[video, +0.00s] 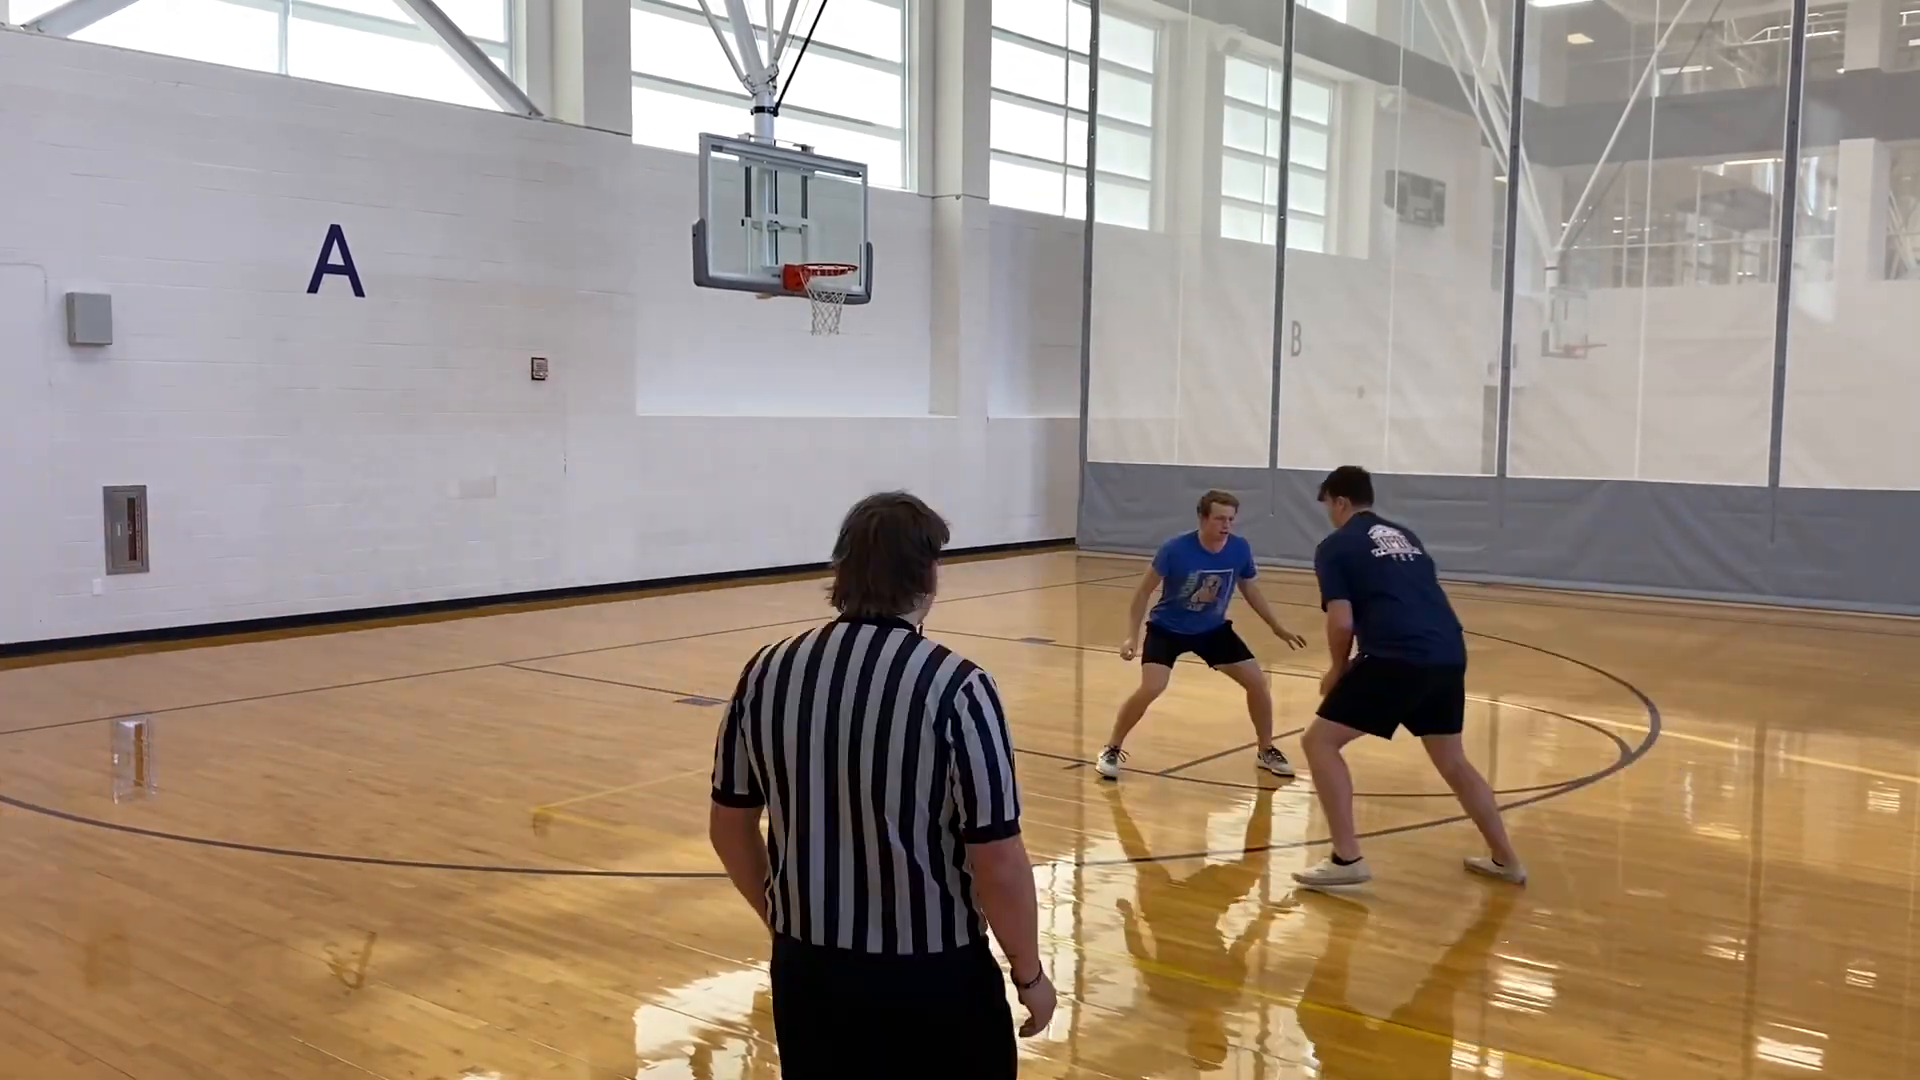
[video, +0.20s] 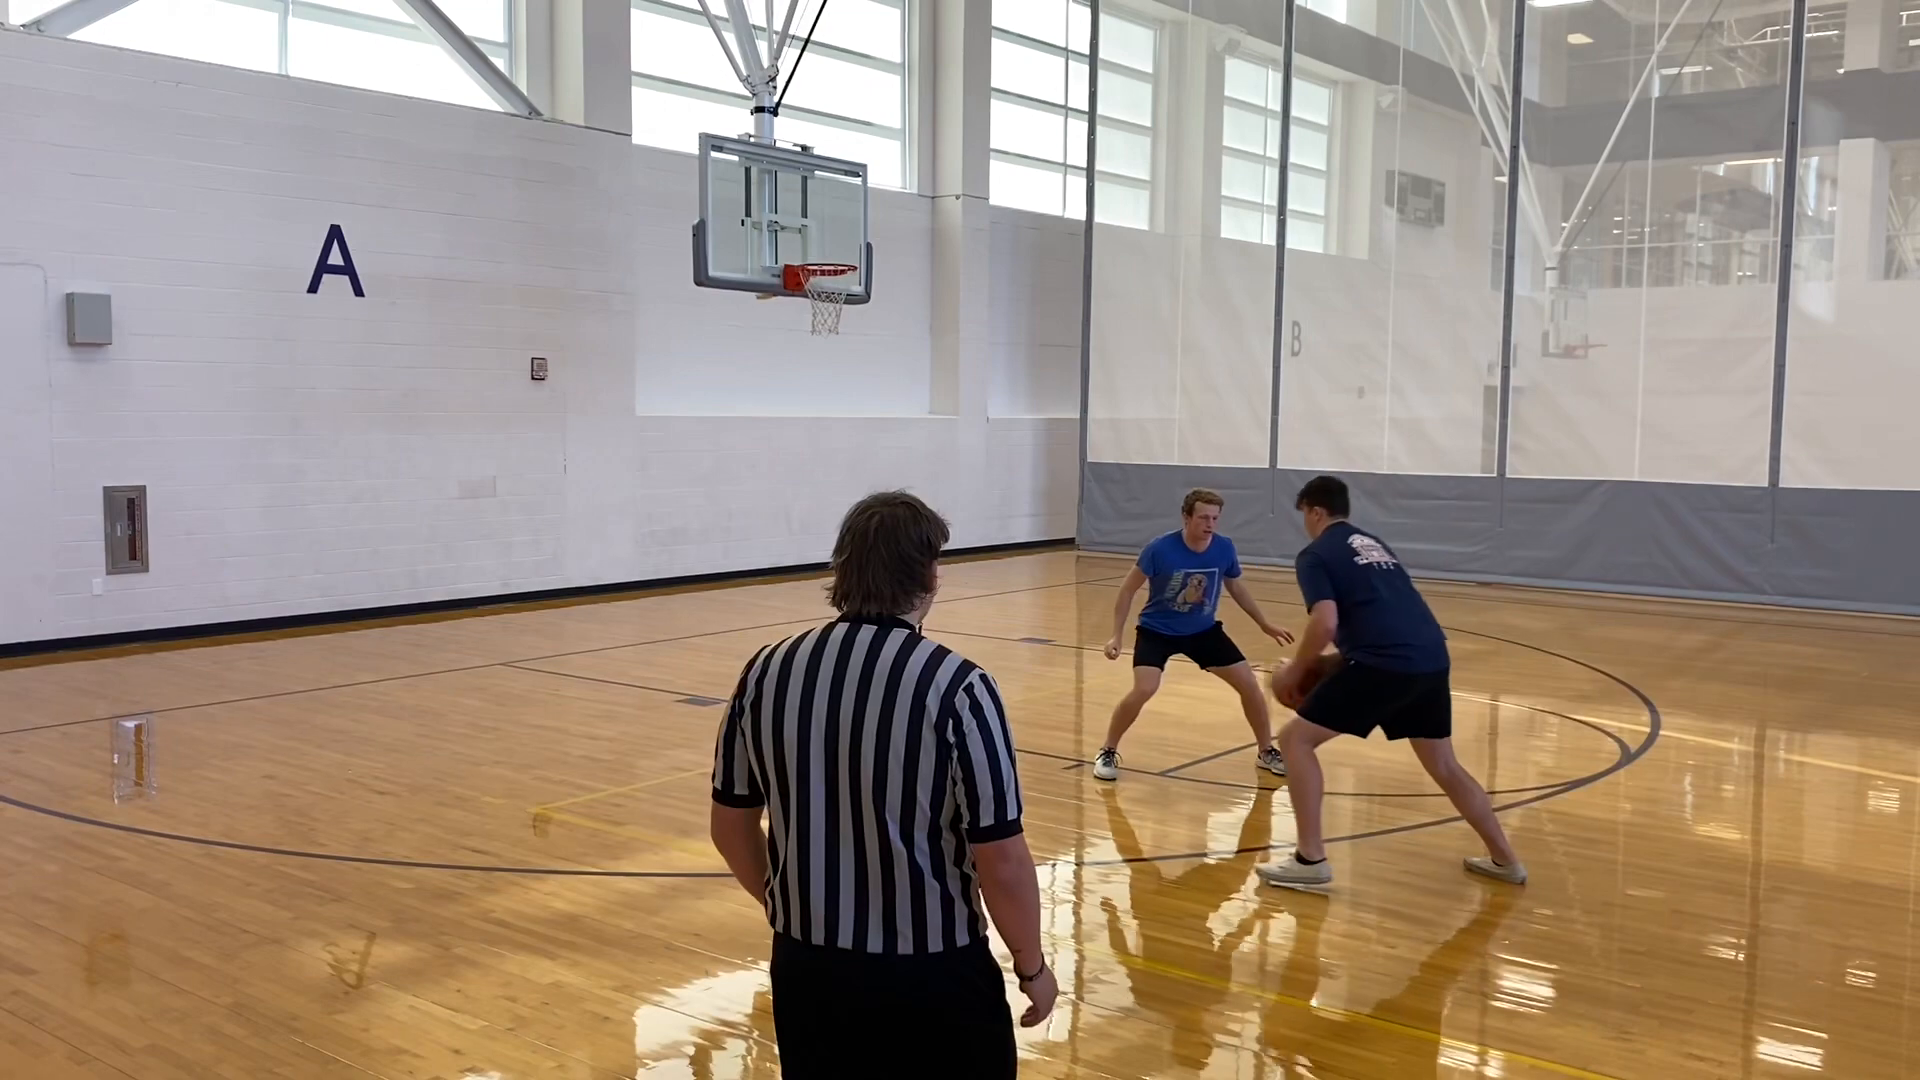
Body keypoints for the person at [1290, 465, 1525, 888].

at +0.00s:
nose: (1328, 512)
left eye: (1328, 504)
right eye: (1327, 504)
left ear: (1340, 503)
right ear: (1368, 503)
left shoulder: (1335, 546)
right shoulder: (1402, 533)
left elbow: (1342, 622)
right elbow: (1418, 602)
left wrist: (1337, 669)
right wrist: (1365, 656)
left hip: (1393, 660)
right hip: (1447, 660)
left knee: (1320, 742)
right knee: (1454, 762)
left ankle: (1347, 857)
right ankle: (1507, 859)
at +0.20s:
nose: (1305, 523)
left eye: (1304, 515)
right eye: (1305, 515)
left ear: (1316, 513)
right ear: (1343, 511)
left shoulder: (1316, 554)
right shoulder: (1371, 543)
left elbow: (1324, 622)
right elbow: (1385, 622)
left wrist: (1297, 669)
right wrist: (1332, 664)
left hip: (1378, 667)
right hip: (1431, 665)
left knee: (1296, 741)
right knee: (1445, 766)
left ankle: (1310, 857)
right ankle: (1507, 859)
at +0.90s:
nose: (1168, 535)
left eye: (1168, 527)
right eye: (1168, 527)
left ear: (1179, 522)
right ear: (1200, 516)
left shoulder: (1192, 563)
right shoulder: (1236, 541)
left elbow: (1171, 641)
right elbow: (1267, 603)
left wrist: (1125, 639)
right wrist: (1235, 654)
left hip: (1268, 663)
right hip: (1313, 658)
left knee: (1228, 757)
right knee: (1303, 756)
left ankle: (1291, 855)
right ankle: (1408, 800)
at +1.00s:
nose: (1151, 534)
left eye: (1150, 526)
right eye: (1150, 526)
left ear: (1158, 521)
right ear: (1184, 514)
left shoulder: (1173, 564)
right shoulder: (1219, 539)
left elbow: (1148, 642)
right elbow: (1251, 599)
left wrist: (1101, 664)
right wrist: (1228, 656)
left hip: (1254, 661)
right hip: (1293, 655)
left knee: (1221, 757)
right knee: (1264, 751)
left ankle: (1290, 855)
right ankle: (1362, 790)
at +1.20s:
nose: (1124, 534)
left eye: (1123, 526)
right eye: (1122, 527)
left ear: (1134, 521)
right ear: (1156, 515)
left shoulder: (1146, 563)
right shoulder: (1196, 536)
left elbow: (1112, 638)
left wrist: (1069, 684)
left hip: (1236, 656)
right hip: (1263, 645)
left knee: (1216, 757)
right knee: (1197, 729)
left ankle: (1289, 852)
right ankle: (1290, 790)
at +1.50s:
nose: (1071, 523)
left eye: (1069, 515)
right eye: (1069, 515)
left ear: (1078, 509)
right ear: (1103, 500)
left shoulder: (1085, 550)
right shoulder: (1141, 524)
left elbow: (1064, 625)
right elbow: (1197, 567)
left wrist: (1029, 684)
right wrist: (1199, 624)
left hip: (1178, 644)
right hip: (1190, 631)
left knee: (1205, 750)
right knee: (1115, 698)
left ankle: (1278, 840)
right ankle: (1120, 811)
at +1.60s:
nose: (1055, 520)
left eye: (1053, 513)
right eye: (1053, 514)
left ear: (1063, 504)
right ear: (1085, 498)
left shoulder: (1070, 543)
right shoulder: (1125, 520)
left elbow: (1053, 618)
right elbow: (1180, 566)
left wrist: (1017, 680)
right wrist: (1181, 620)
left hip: (1155, 641)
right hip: (1175, 629)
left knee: (1191, 740)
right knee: (1099, 699)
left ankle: (1264, 832)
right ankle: (1083, 812)